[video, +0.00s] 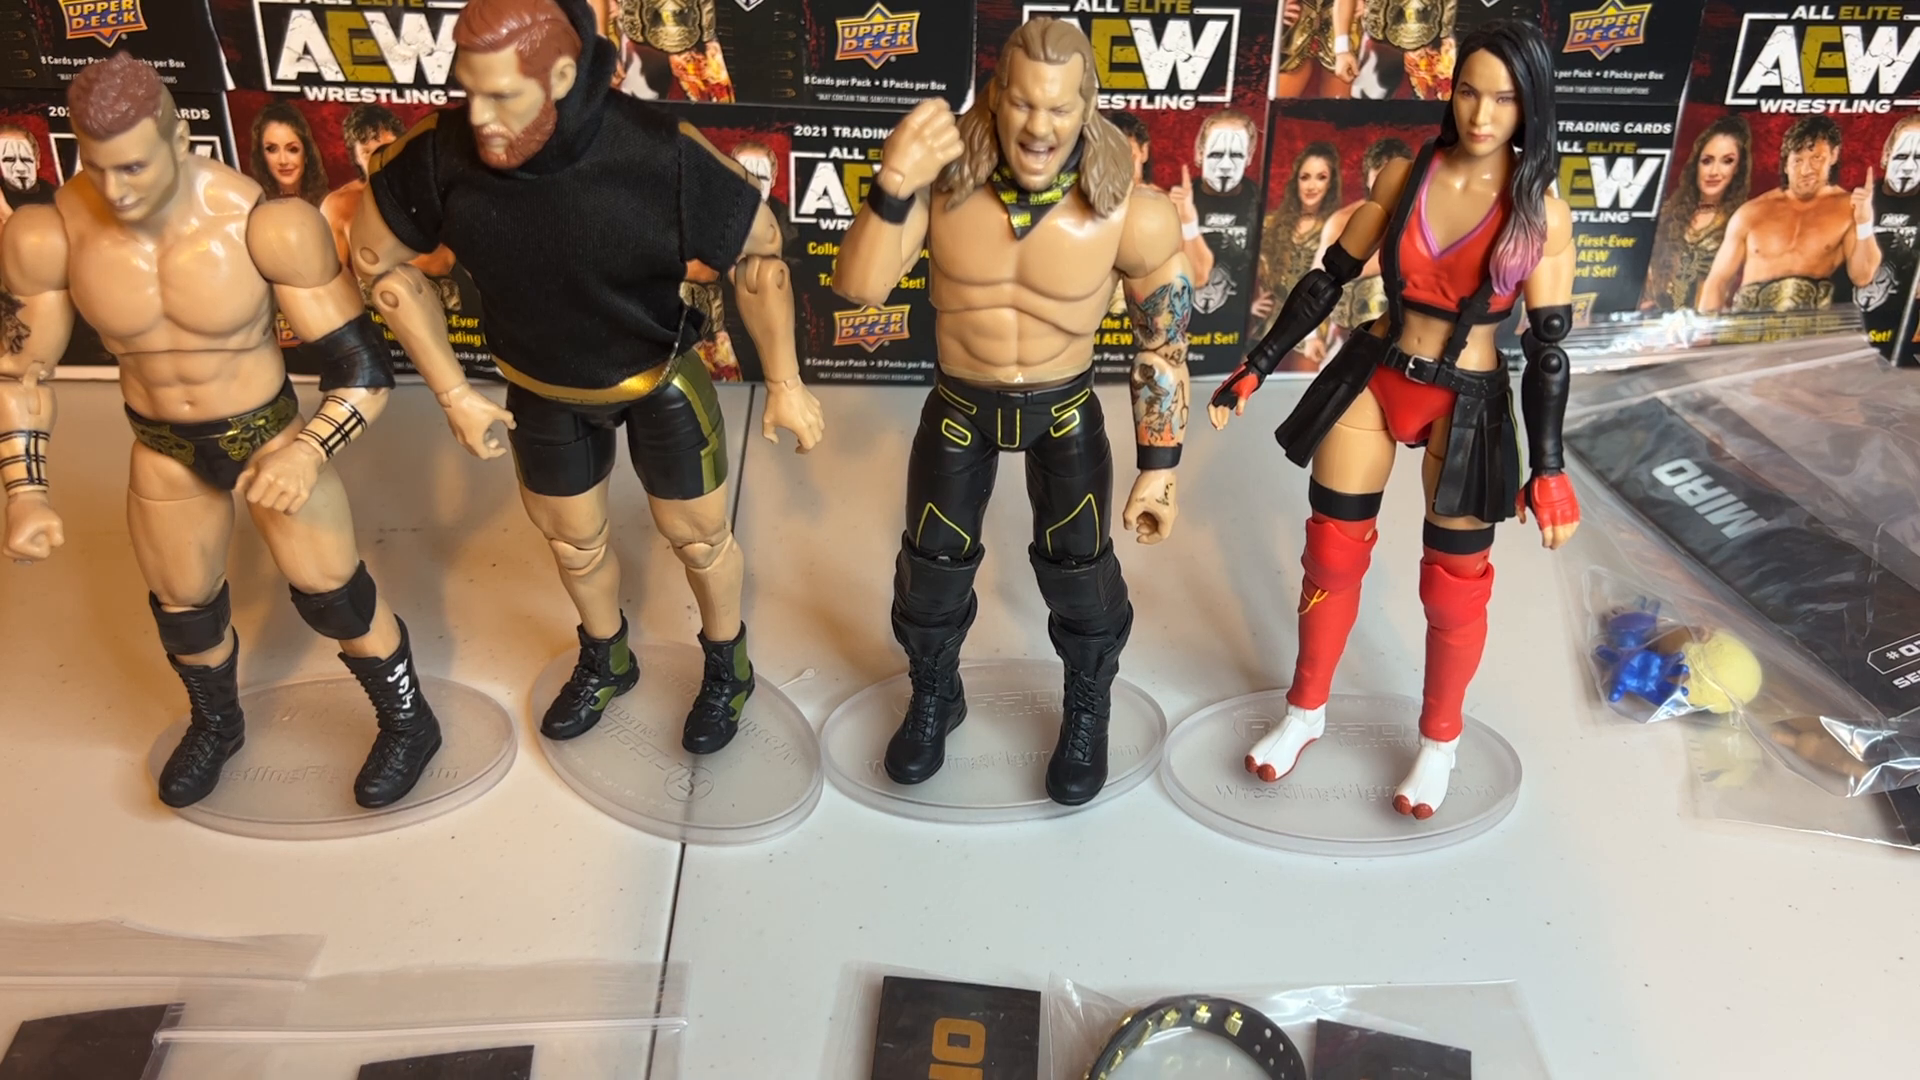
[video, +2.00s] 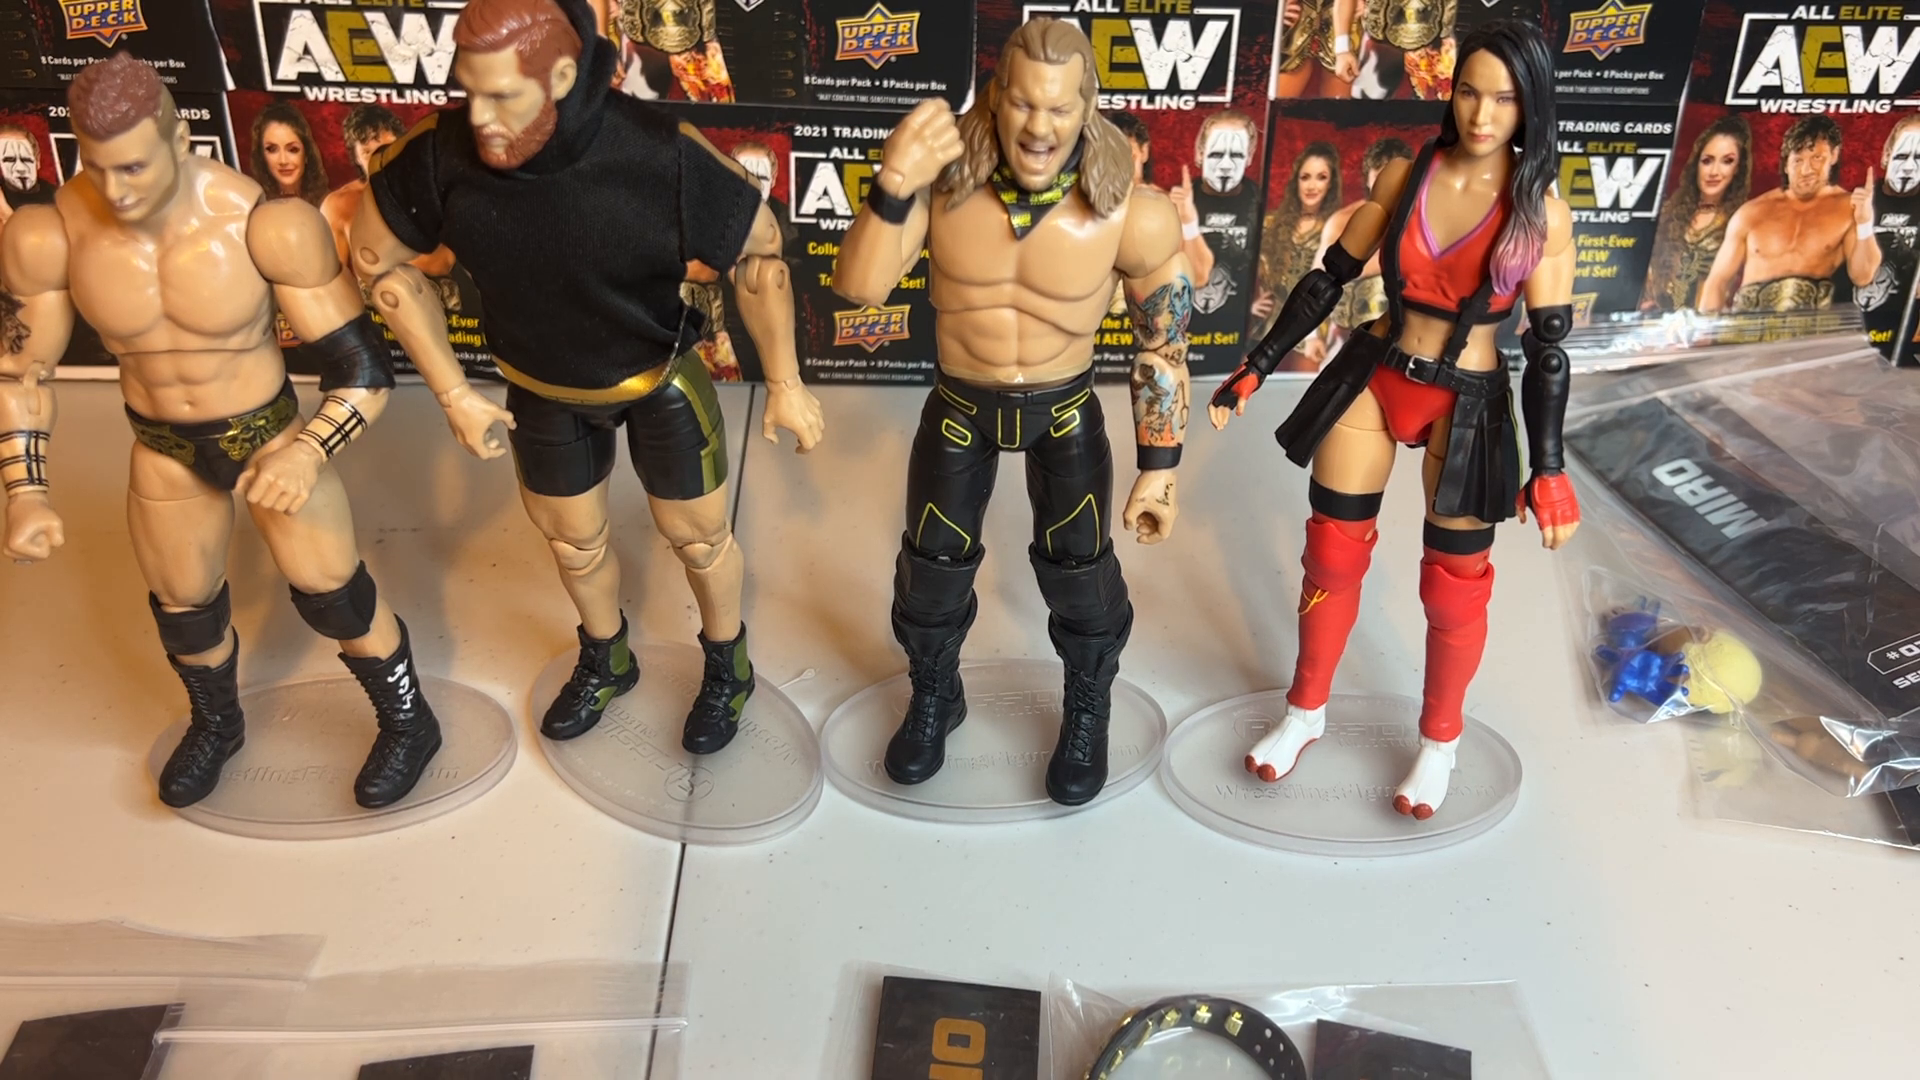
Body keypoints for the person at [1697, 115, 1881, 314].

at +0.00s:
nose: (1806, 169)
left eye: (1816, 158)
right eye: (1797, 160)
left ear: (1834, 156)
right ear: (1785, 163)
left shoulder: (1848, 207)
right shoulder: (1750, 213)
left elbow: (1862, 277)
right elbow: (1718, 281)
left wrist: (1864, 223)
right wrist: (1703, 336)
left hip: (1810, 316)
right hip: (1748, 314)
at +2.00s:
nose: (1806, 169)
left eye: (1817, 158)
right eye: (1798, 160)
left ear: (1834, 156)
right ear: (1785, 162)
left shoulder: (1848, 207)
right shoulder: (1750, 212)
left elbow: (1862, 277)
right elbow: (1718, 281)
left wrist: (1864, 224)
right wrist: (1704, 336)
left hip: (1810, 315)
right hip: (1748, 313)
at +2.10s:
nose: (1806, 169)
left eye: (1817, 158)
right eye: (1798, 160)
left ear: (1834, 156)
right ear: (1785, 162)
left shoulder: (1848, 207)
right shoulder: (1750, 212)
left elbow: (1862, 277)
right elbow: (1718, 281)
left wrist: (1864, 223)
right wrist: (1704, 336)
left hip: (1810, 316)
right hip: (1749, 314)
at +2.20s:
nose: (1806, 169)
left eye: (1817, 158)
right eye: (1798, 160)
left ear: (1834, 156)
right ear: (1785, 163)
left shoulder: (1848, 207)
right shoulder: (1750, 212)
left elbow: (1862, 277)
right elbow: (1718, 281)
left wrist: (1864, 223)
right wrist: (1704, 336)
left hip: (1810, 315)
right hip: (1748, 313)